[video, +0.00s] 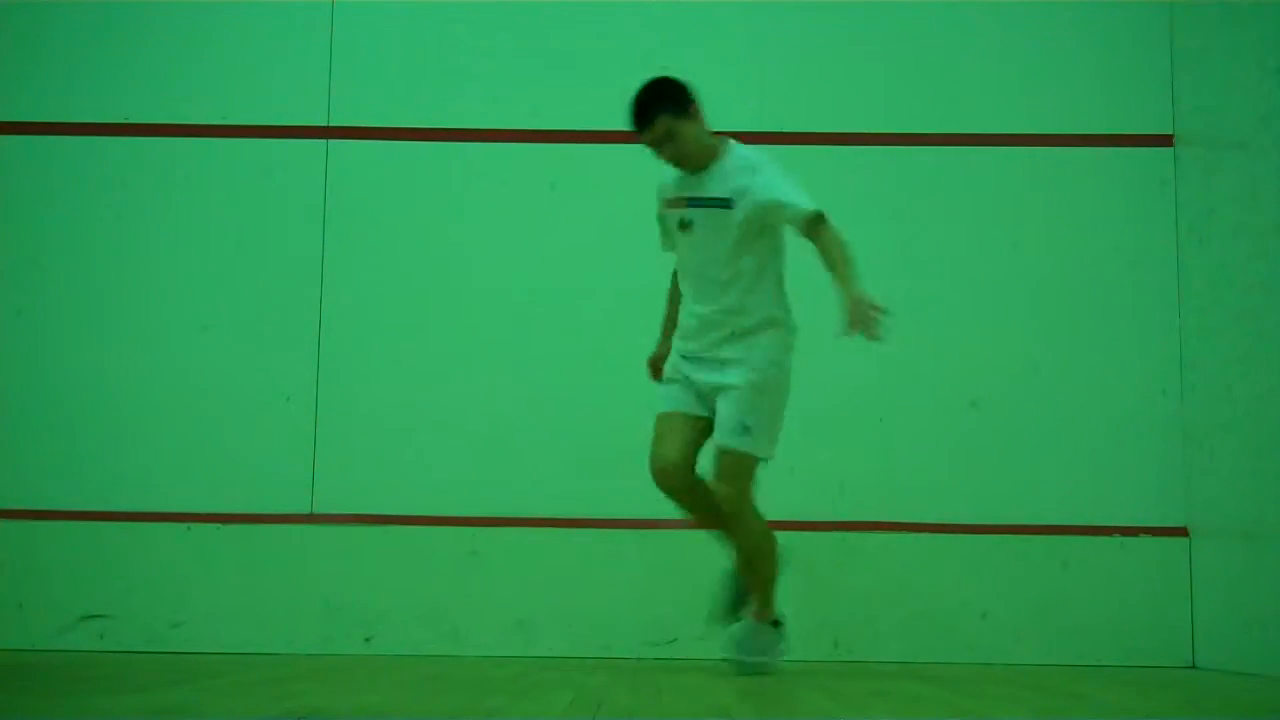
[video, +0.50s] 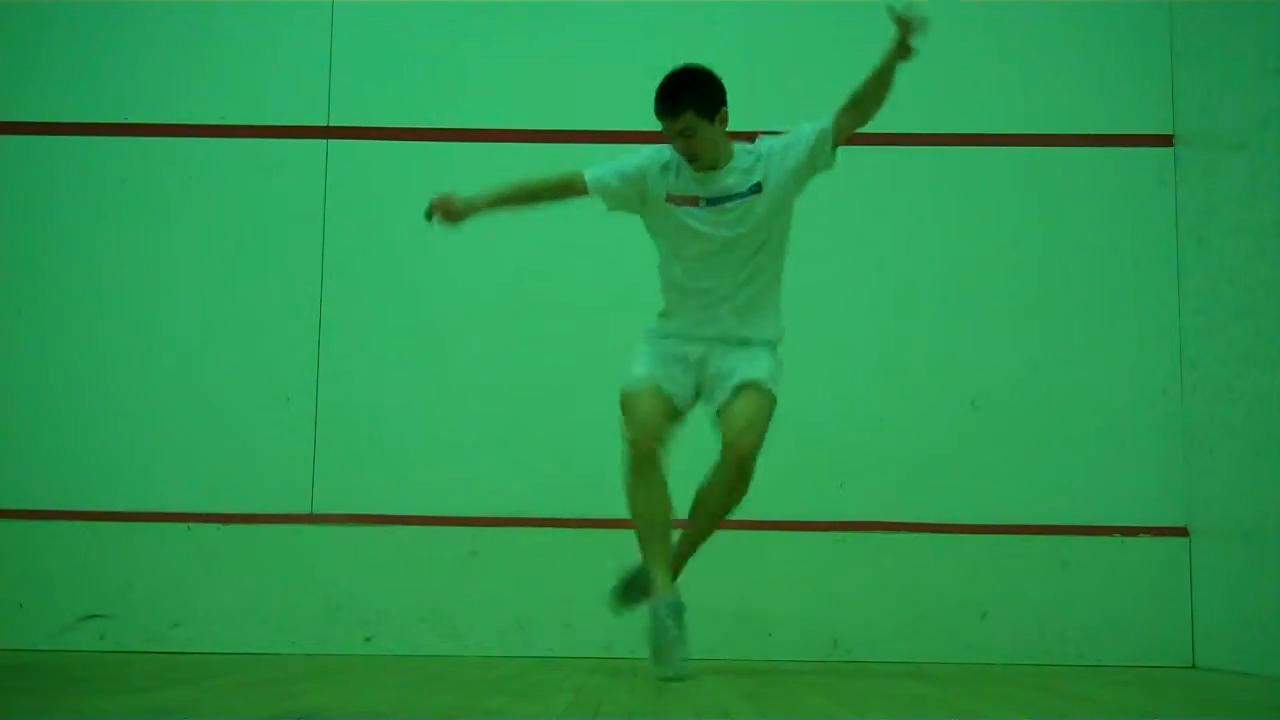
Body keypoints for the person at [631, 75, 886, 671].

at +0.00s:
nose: (665, 157)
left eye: (668, 141)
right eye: (656, 148)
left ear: (693, 118)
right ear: (656, 142)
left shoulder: (754, 174)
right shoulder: (674, 187)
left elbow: (819, 228)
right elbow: (681, 273)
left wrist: (850, 292)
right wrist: (666, 342)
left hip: (756, 352)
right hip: (694, 351)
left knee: (730, 489)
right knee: (668, 469)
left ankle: (764, 615)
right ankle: (748, 551)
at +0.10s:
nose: (691, 166)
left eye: (698, 150)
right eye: (682, 156)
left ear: (731, 138)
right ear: (678, 157)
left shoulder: (783, 210)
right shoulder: (687, 220)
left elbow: (850, 268)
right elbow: (670, 298)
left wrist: (891, 323)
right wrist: (642, 354)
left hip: (762, 393)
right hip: (694, 385)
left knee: (761, 521)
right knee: (655, 489)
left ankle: (775, 636)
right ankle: (679, 604)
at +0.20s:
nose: (700, 163)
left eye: (707, 148)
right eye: (691, 152)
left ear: (739, 138)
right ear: (686, 151)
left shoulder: (797, 209)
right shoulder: (686, 211)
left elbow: (868, 250)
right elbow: (630, 267)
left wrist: (918, 278)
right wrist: (583, 322)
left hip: (763, 391)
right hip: (695, 381)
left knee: (761, 518)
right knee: (621, 441)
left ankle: (776, 636)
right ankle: (634, 585)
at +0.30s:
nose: (689, 139)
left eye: (697, 125)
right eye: (681, 128)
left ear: (730, 111)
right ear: (677, 125)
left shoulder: (792, 170)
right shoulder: (672, 179)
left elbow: (871, 176)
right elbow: (594, 200)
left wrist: (927, 169)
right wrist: (529, 234)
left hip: (759, 357)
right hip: (692, 342)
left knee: (765, 491)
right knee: (598, 376)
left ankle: (769, 624)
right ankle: (628, 513)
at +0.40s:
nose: (683, 131)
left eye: (692, 117)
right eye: (674, 120)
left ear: (724, 104)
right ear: (668, 117)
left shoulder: (784, 152)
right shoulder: (658, 160)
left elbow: (861, 125)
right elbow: (578, 166)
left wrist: (917, 86)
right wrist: (489, 184)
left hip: (761, 335)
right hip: (688, 329)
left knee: (756, 436)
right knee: (605, 374)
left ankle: (730, 550)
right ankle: (642, 518)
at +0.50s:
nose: (679, 147)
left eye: (688, 133)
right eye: (671, 136)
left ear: (721, 118)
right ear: (667, 130)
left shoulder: (778, 161)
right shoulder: (653, 173)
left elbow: (852, 115)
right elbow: (567, 184)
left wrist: (897, 52)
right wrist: (474, 203)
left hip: (748, 345)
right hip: (674, 341)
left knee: (742, 448)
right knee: (639, 431)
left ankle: (663, 566)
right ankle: (662, 599)